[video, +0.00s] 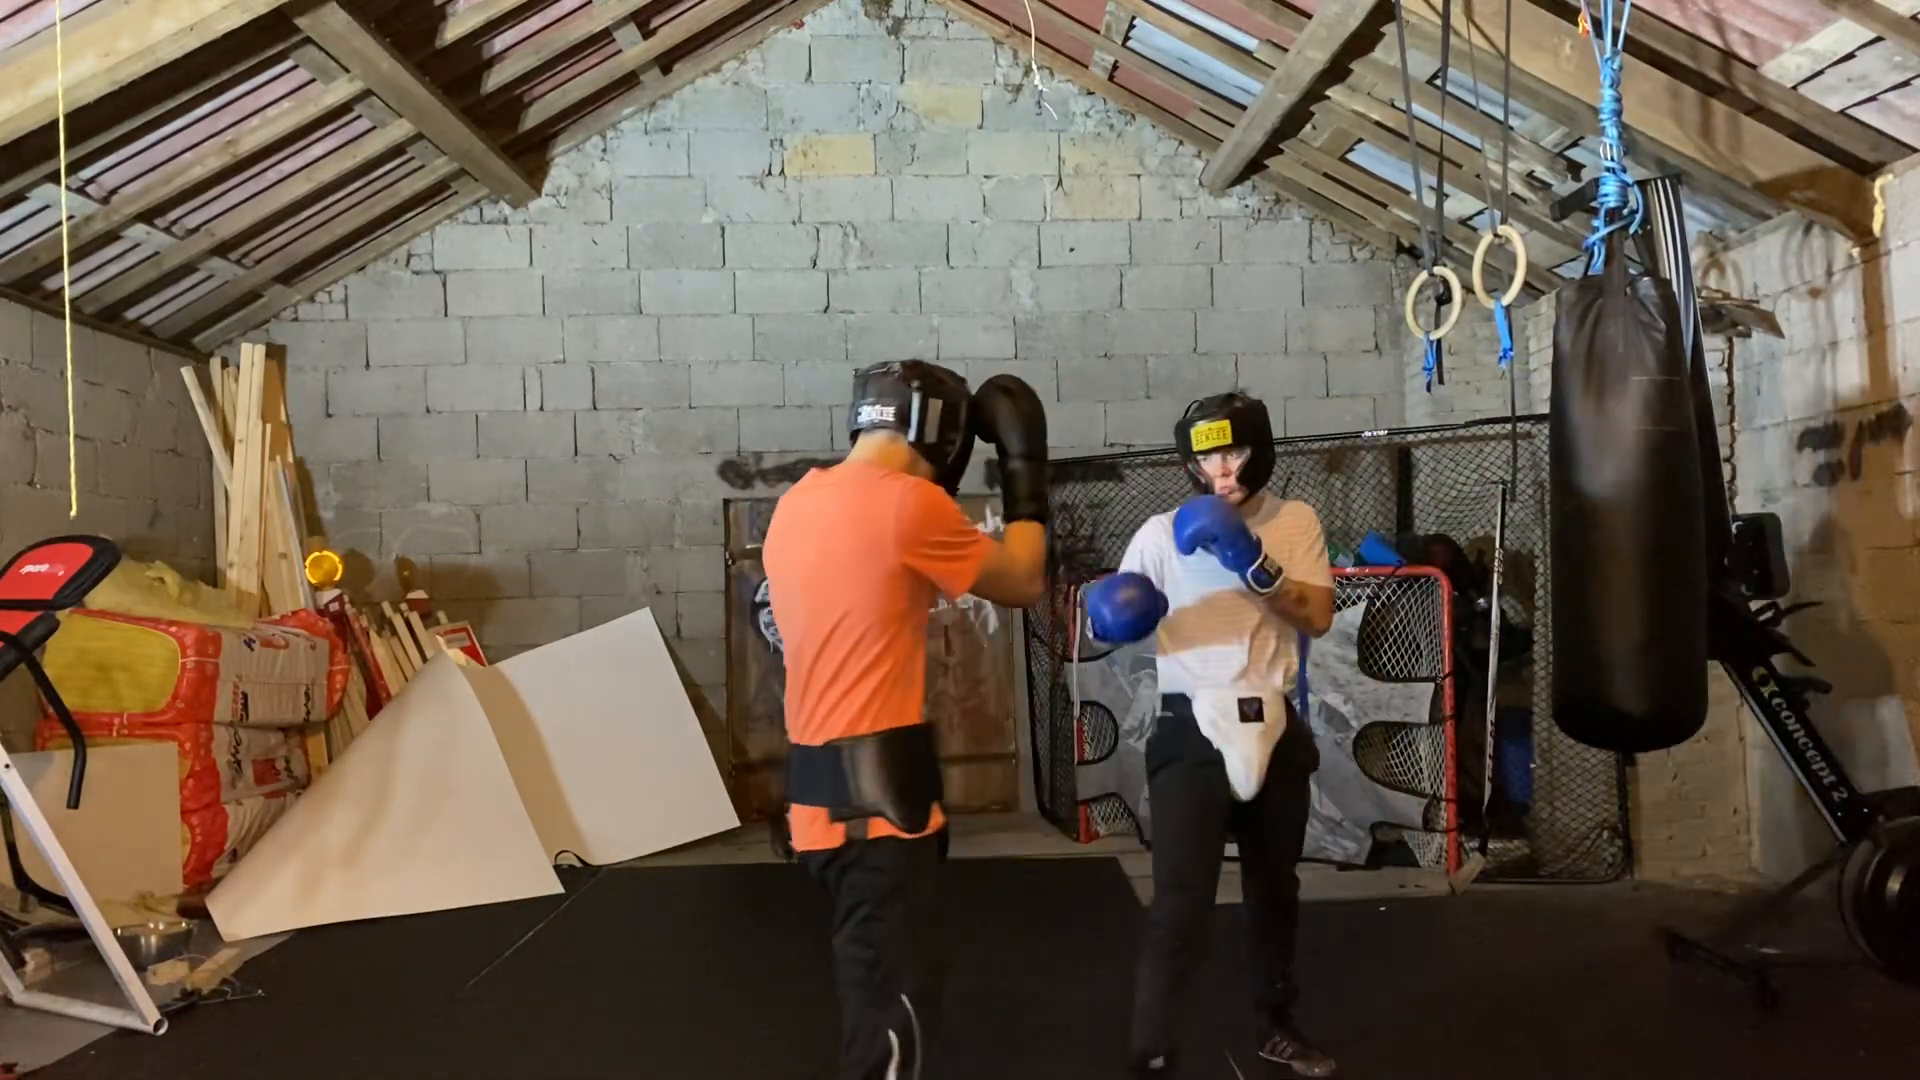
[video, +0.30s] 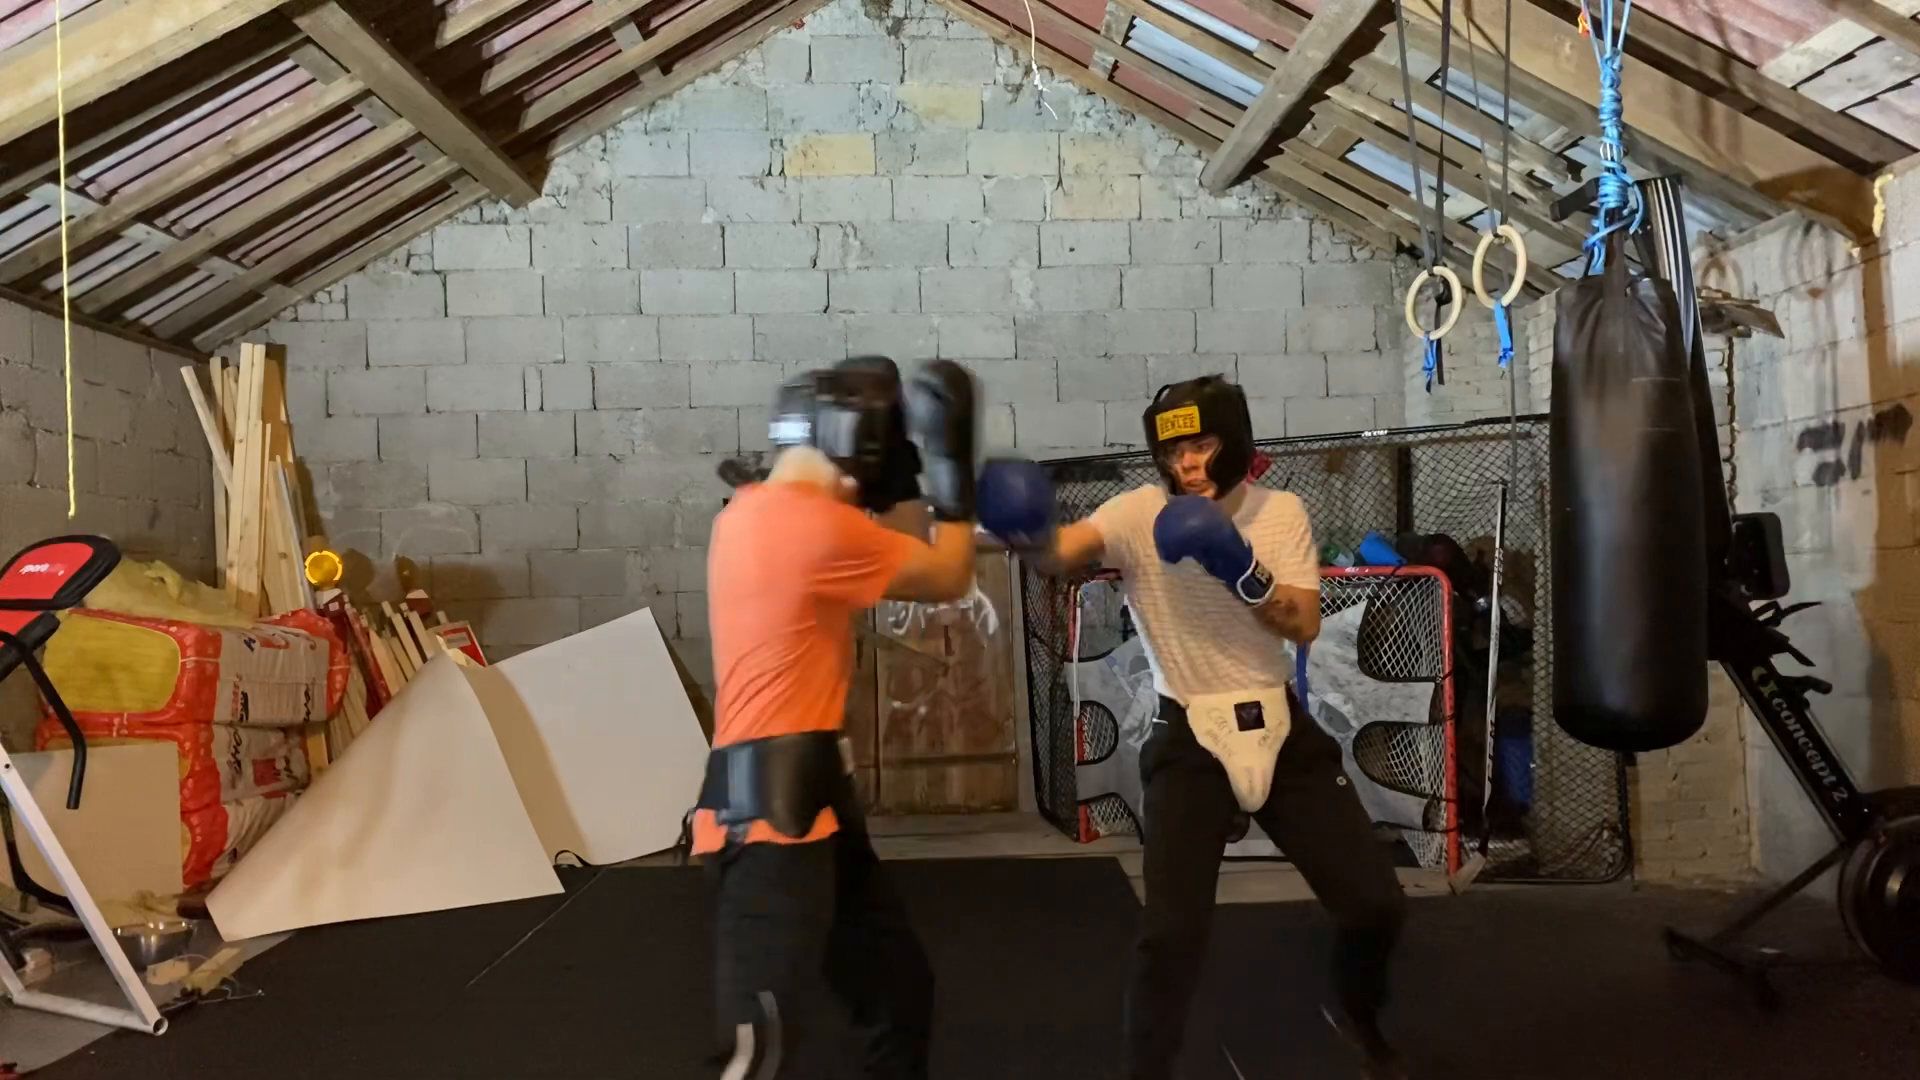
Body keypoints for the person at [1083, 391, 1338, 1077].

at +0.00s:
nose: (1226, 471)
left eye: (1237, 455)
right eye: (1211, 459)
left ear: (1261, 453)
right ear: (1192, 464)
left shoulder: (1294, 523)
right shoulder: (1161, 534)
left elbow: (1319, 614)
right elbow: (1114, 620)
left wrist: (1256, 569)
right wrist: (1108, 620)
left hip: (1277, 727)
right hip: (1187, 729)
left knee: (1273, 892)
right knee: (1180, 900)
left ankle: (1275, 1030)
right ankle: (1150, 1058)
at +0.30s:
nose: (1187, 461)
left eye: (1200, 444)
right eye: (1173, 449)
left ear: (1232, 442)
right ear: (1159, 455)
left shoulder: (1278, 512)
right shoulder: (1136, 512)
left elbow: (1304, 624)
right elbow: (1060, 556)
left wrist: (1241, 569)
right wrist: (1028, 531)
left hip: (1281, 729)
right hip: (1187, 737)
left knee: (1374, 904)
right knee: (1174, 930)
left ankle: (1355, 1010)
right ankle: (1147, 1068)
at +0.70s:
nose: (1280, 446)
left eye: (1296, 427)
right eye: (1275, 428)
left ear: (1348, 430)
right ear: (1273, 436)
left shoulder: (1416, 517)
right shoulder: (1255, 517)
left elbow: (1413, 635)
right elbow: (1238, 617)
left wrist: (1313, 548)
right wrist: (1199, 615)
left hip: (1388, 766)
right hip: (1274, 768)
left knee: (1443, 969)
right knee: (1207, 964)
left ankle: (1487, 1071)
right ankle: (1195, 1070)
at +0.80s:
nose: (1300, 418)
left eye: (1315, 399)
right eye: (1292, 402)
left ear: (1366, 398)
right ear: (1287, 414)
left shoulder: (1440, 487)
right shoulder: (1279, 495)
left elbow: (1445, 607)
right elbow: (1258, 596)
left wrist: (1340, 526)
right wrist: (1210, 579)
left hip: (1405, 744)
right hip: (1291, 743)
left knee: (1447, 959)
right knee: (1220, 945)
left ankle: (1482, 1074)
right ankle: (1226, 1066)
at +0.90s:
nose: (1297, 404)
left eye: (1310, 382)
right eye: (1289, 388)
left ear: (1365, 379)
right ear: (1288, 401)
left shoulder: (1448, 469)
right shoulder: (1286, 477)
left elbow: (1448, 589)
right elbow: (1263, 589)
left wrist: (1333, 503)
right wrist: (1202, 560)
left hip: (1413, 736)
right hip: (1300, 736)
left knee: (1450, 952)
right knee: (1244, 943)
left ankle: (1487, 1073)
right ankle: (1243, 1067)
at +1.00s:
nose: (1280, 414)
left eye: (1291, 389)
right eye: (1274, 397)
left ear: (1348, 386)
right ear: (1285, 411)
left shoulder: (1442, 476)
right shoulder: (1282, 490)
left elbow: (1429, 594)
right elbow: (1255, 610)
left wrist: (1310, 501)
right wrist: (1192, 576)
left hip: (1423, 754)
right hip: (1306, 755)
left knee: (1452, 964)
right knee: (1265, 973)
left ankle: (1489, 1076)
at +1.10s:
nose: (1251, 431)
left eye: (1263, 409)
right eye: (1246, 413)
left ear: (1320, 402)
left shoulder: (1426, 482)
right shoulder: (1269, 499)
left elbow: (1411, 601)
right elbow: (1257, 636)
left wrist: (1287, 518)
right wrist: (1191, 620)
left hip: (1415, 770)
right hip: (1295, 769)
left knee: (1448, 986)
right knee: (1259, 998)